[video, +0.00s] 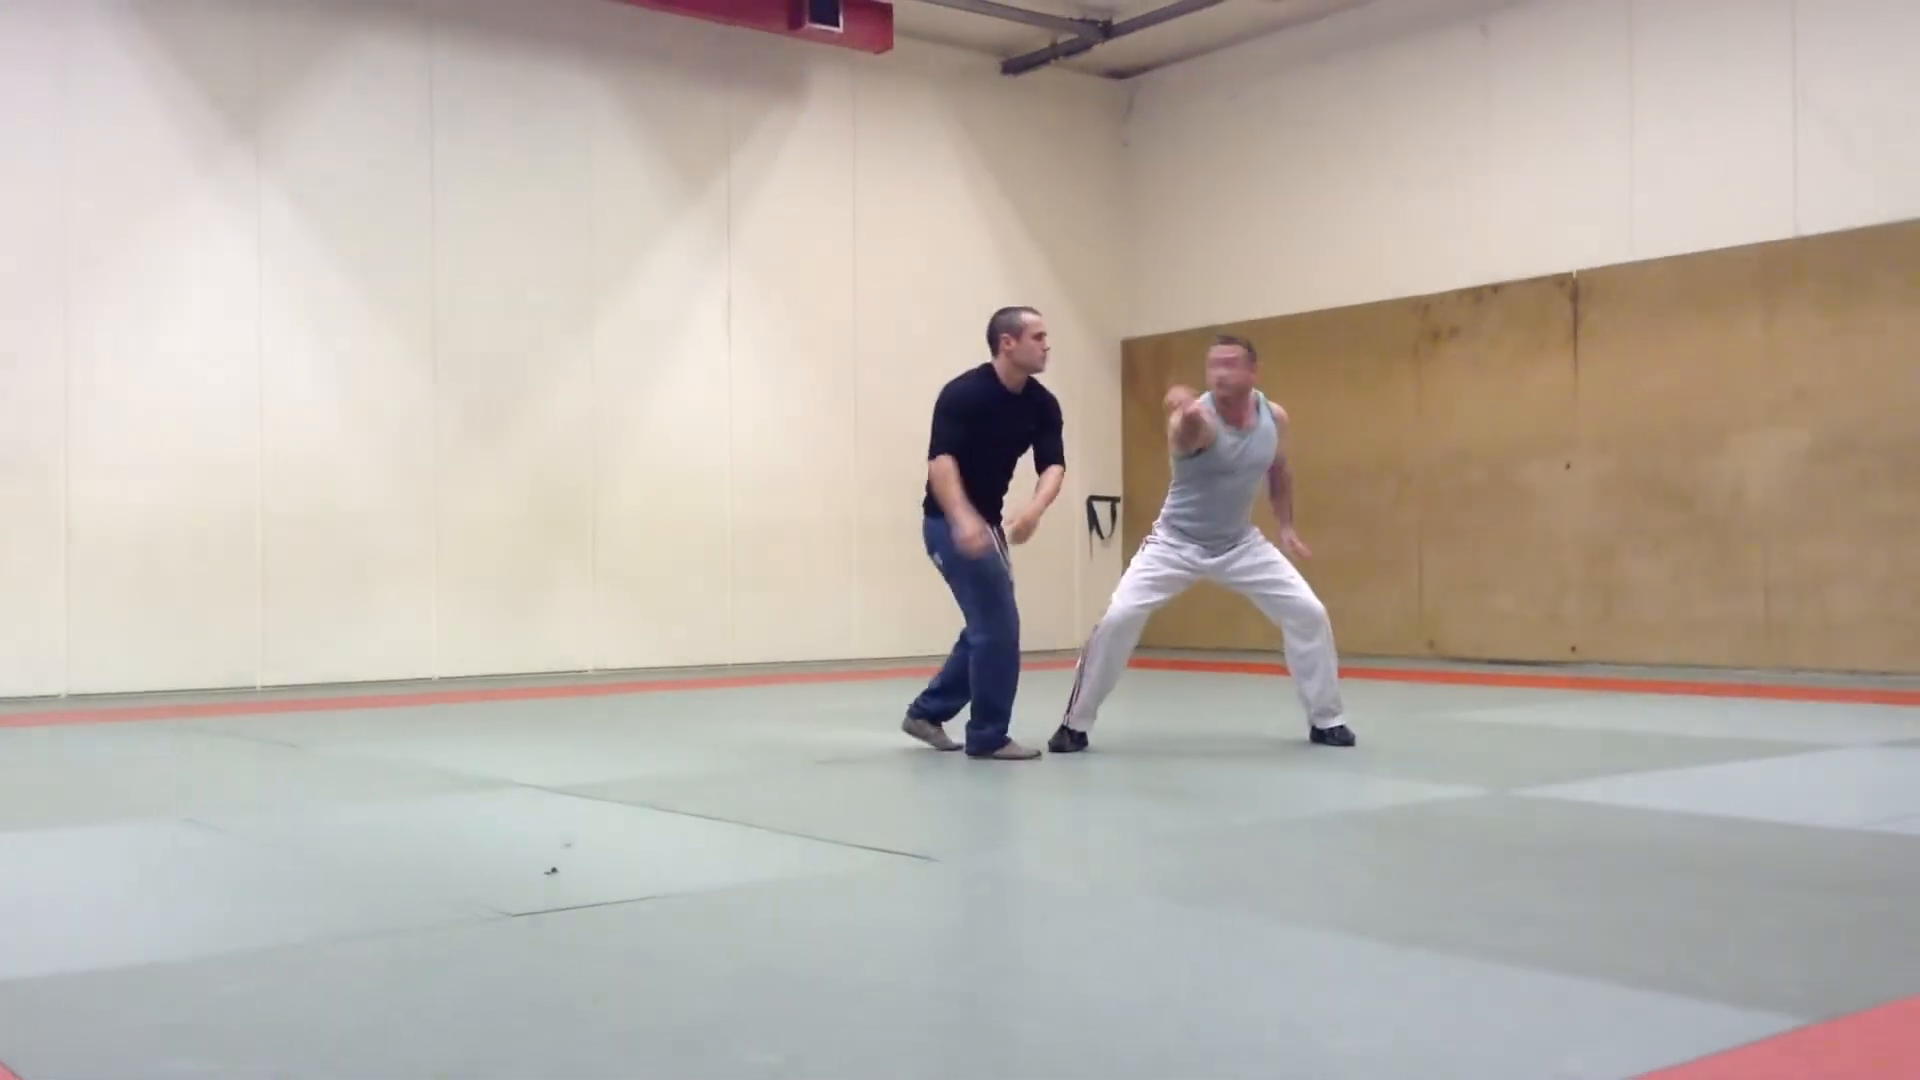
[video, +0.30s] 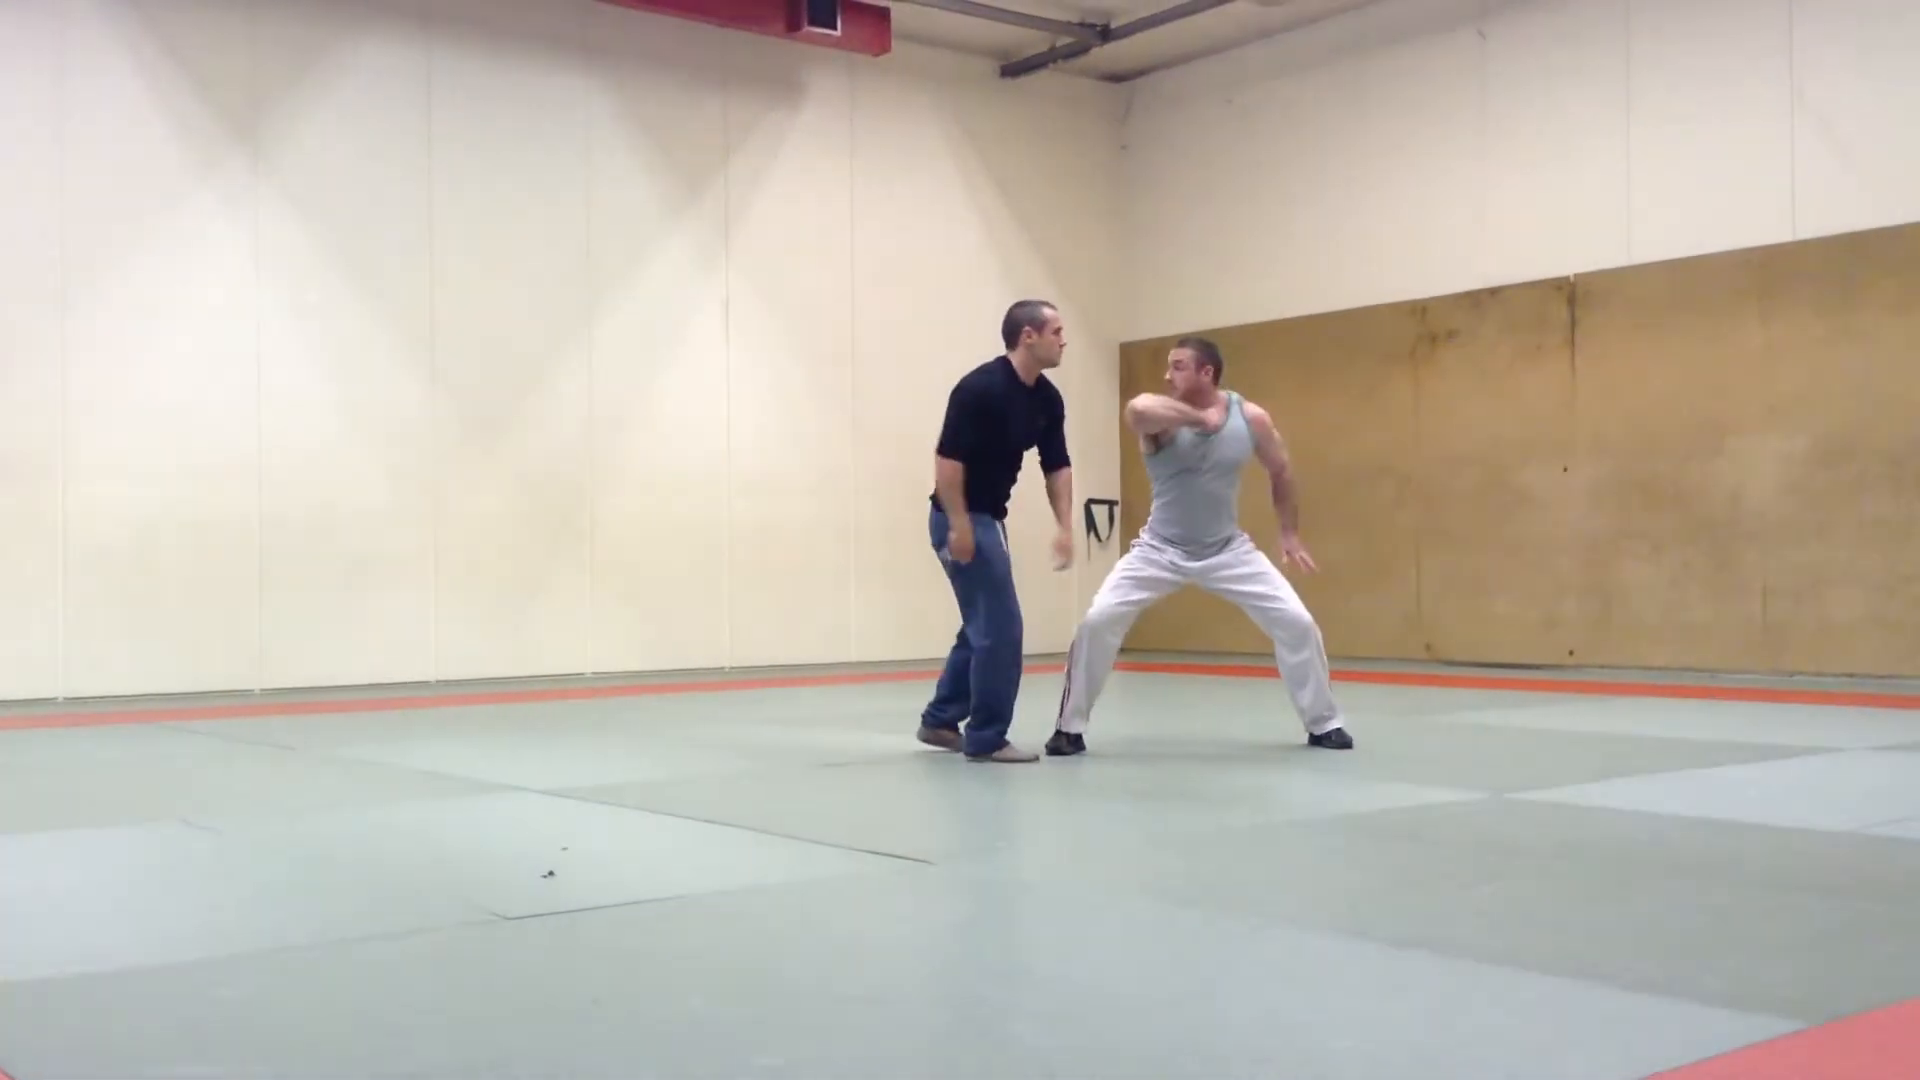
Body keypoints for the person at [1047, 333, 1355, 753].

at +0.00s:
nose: (1219, 373)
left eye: (1230, 365)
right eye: (1214, 365)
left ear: (1253, 372)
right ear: (1206, 371)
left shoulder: (1273, 419)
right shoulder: (1195, 415)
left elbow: (1277, 469)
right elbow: (1185, 439)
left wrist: (1286, 525)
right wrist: (1188, 418)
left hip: (1240, 546)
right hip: (1174, 545)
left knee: (1309, 614)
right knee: (1118, 618)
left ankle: (1325, 720)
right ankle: (1075, 724)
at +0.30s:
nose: (1169, 375)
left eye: (1179, 368)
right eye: (1169, 367)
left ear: (1207, 372)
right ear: (1189, 373)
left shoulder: (1249, 417)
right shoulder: (1161, 415)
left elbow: (1281, 471)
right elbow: (1139, 408)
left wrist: (1289, 534)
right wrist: (1196, 417)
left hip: (1227, 552)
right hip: (1158, 551)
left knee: (1298, 624)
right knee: (1097, 620)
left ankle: (1322, 724)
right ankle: (1069, 728)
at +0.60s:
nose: (1164, 373)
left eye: (1174, 364)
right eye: (1164, 364)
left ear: (1203, 369)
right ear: (1166, 371)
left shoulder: (1248, 416)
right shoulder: (1151, 409)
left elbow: (1283, 472)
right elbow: (1090, 395)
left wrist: (1293, 537)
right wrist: (1090, 372)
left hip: (1227, 551)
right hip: (1158, 550)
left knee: (1299, 625)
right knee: (1096, 620)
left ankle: (1323, 724)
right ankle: (1069, 729)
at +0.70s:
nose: (1166, 371)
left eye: (1176, 362)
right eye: (1166, 363)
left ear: (1204, 367)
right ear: (1170, 368)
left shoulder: (1250, 415)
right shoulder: (1156, 408)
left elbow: (1288, 468)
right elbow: (1098, 387)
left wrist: (1301, 534)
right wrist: (1049, 361)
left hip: (1230, 551)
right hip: (1160, 550)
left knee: (1301, 625)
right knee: (1098, 620)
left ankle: (1323, 724)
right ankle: (1069, 728)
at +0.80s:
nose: (1166, 369)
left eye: (1175, 361)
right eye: (1166, 361)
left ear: (1205, 366)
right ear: (1186, 368)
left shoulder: (1253, 414)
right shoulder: (1155, 407)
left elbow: (1293, 465)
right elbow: (1094, 387)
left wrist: (1310, 530)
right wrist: (1040, 361)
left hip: (1233, 549)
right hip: (1163, 549)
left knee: (1303, 626)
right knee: (1099, 622)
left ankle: (1324, 726)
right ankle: (1069, 730)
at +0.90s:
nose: (1165, 368)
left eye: (1174, 359)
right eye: (1165, 360)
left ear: (1204, 362)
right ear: (1185, 366)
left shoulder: (1253, 410)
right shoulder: (1156, 409)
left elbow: (1303, 457)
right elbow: (1092, 402)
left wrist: (1314, 515)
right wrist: (1054, 375)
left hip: (1238, 548)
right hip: (1168, 547)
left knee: (1302, 625)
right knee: (1109, 621)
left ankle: (1323, 724)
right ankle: (1071, 727)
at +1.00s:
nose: (1157, 365)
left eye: (1165, 356)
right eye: (1156, 357)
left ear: (1196, 359)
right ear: (1178, 362)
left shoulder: (1247, 399)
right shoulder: (1153, 411)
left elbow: (1300, 437)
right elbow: (1089, 429)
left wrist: (1284, 469)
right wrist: (1080, 403)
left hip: (1244, 544)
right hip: (1174, 541)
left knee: (1301, 629)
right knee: (1111, 610)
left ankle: (1324, 724)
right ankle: (1091, 722)